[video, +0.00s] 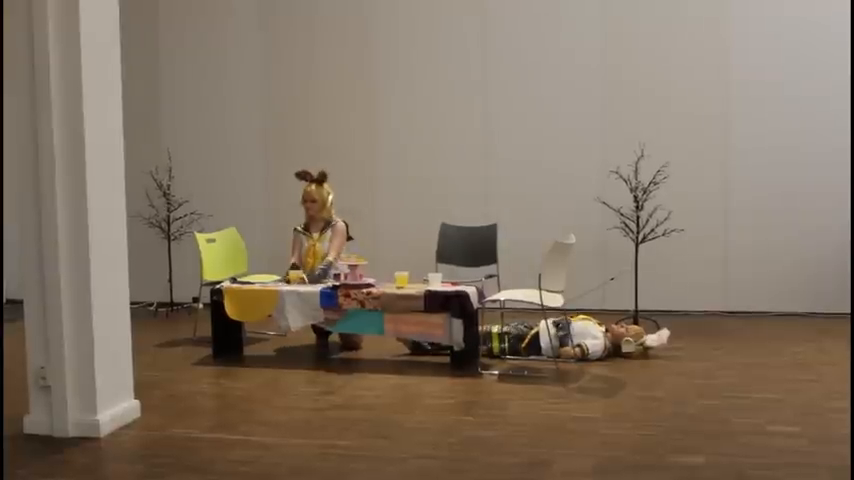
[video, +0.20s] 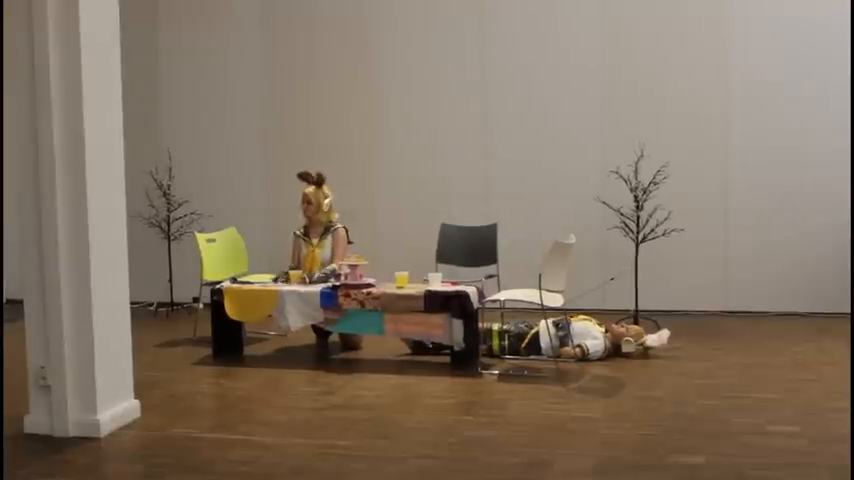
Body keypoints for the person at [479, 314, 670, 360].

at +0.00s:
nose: (619, 325)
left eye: (623, 329)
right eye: (623, 325)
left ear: (621, 339)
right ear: (618, 326)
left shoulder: (599, 345)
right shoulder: (597, 330)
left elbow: (567, 352)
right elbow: (567, 327)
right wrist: (551, 323)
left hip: (536, 342)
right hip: (534, 329)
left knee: (488, 345)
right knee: (484, 334)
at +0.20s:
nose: (619, 325)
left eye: (623, 328)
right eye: (623, 324)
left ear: (622, 338)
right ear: (619, 326)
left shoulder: (599, 345)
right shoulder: (598, 331)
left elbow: (567, 352)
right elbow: (568, 329)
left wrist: (561, 335)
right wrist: (558, 323)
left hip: (537, 342)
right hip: (535, 329)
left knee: (488, 343)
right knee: (486, 332)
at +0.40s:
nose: (620, 325)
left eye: (625, 329)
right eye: (625, 324)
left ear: (622, 338)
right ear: (620, 325)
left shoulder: (599, 346)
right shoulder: (598, 329)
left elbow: (568, 353)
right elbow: (567, 326)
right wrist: (551, 323)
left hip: (537, 342)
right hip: (535, 329)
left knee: (489, 344)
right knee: (486, 332)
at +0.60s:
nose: (620, 324)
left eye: (624, 327)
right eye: (624, 323)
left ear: (622, 337)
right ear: (619, 327)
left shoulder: (600, 344)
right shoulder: (598, 331)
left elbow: (568, 352)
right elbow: (568, 328)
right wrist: (553, 323)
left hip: (537, 341)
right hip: (535, 328)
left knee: (488, 342)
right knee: (486, 331)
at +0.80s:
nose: (620, 324)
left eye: (623, 328)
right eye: (623, 324)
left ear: (622, 338)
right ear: (619, 327)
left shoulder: (599, 345)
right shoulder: (598, 332)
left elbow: (568, 353)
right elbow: (569, 328)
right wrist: (560, 321)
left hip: (536, 341)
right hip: (535, 329)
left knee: (487, 341)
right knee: (485, 332)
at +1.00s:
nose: (619, 324)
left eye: (623, 328)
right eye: (623, 324)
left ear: (622, 338)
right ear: (619, 325)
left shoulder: (600, 345)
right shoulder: (598, 331)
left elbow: (570, 352)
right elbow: (568, 328)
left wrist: (552, 351)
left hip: (538, 341)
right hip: (536, 329)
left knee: (490, 331)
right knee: (490, 325)